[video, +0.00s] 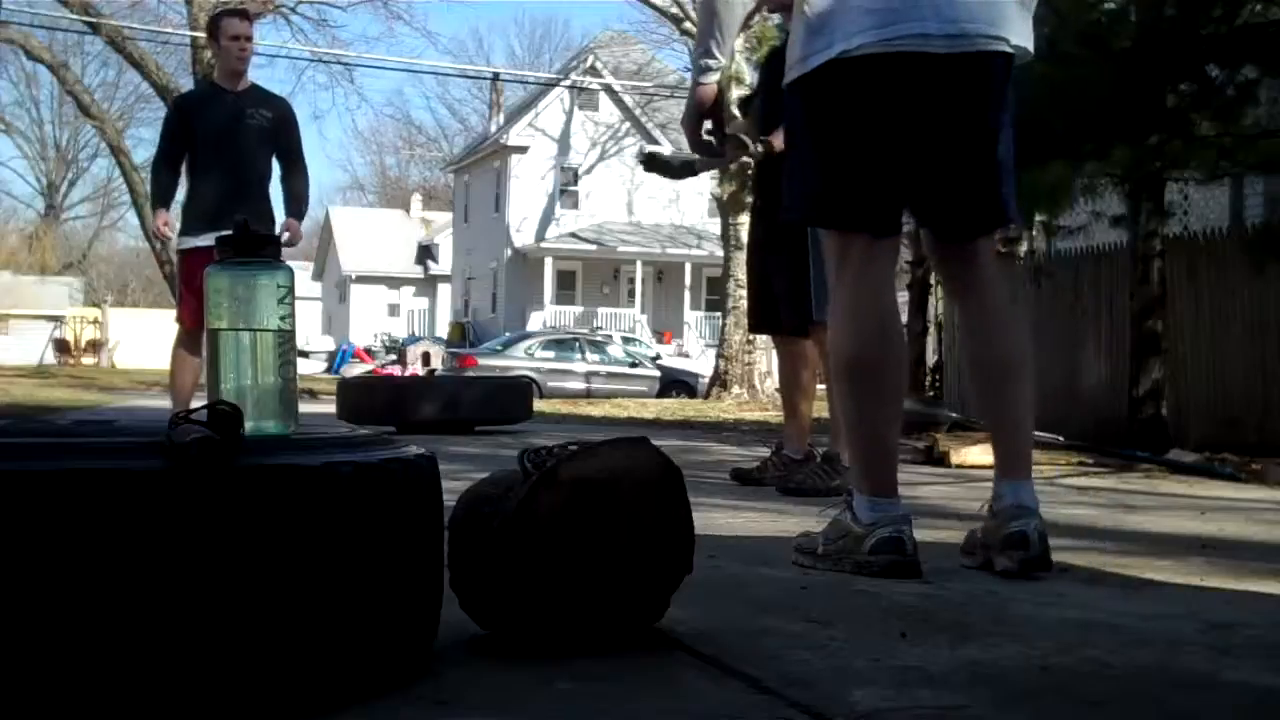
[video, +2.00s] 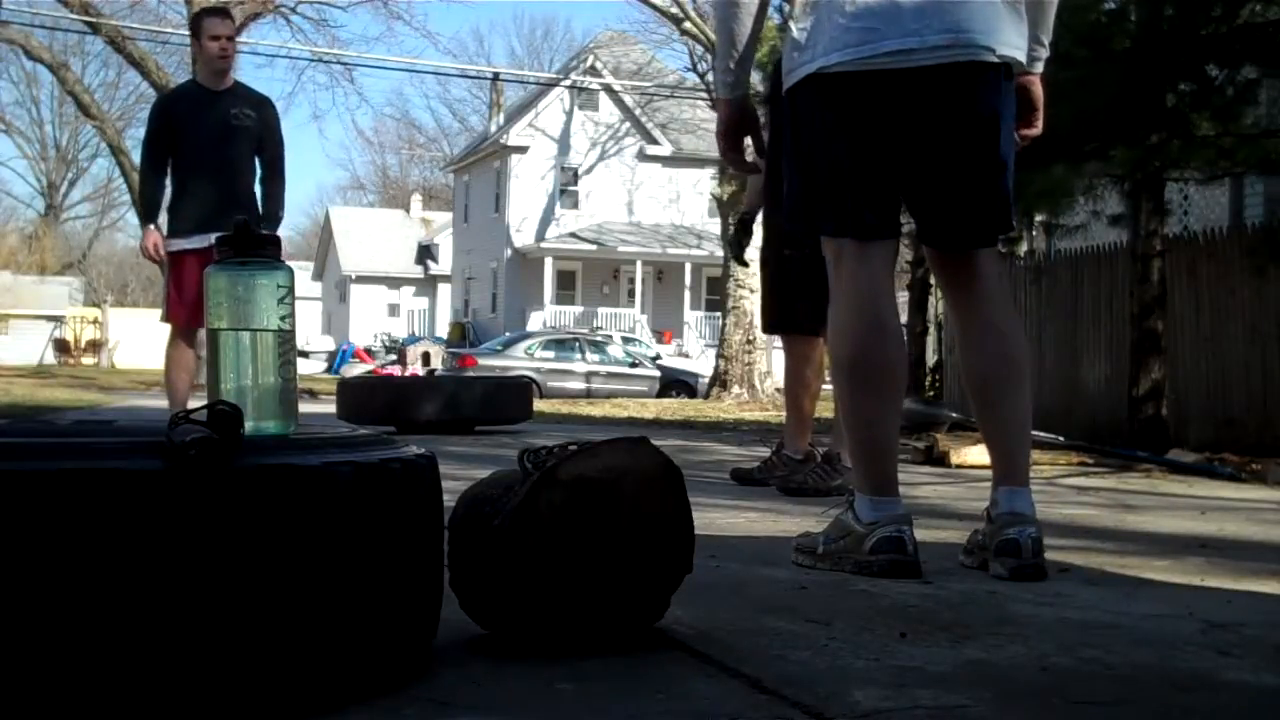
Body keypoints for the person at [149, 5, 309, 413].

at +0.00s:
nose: (244, 46)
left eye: (248, 39)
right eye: (235, 39)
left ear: (254, 44)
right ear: (214, 44)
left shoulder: (276, 108)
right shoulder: (187, 106)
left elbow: (294, 166)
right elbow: (167, 161)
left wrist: (295, 215)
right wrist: (161, 206)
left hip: (256, 236)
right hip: (200, 235)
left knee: (255, 335)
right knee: (192, 331)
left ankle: (251, 423)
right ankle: (181, 420)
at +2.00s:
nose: (225, 46)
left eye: (230, 39)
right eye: (215, 39)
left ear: (237, 45)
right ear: (196, 45)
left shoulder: (259, 106)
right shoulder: (170, 105)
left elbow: (273, 174)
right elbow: (152, 169)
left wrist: (269, 229)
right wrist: (148, 224)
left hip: (243, 237)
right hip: (186, 237)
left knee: (242, 333)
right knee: (185, 330)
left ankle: (238, 423)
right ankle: (178, 421)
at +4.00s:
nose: (239, 50)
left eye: (241, 43)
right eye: (229, 43)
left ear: (245, 47)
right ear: (203, 48)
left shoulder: (263, 109)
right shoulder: (177, 108)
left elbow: (284, 166)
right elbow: (162, 168)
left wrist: (273, 211)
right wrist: (176, 217)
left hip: (250, 238)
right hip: (195, 238)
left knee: (250, 334)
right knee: (188, 331)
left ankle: (248, 424)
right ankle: (178, 421)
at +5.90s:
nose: (240, 51)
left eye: (242, 44)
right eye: (230, 44)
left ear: (247, 47)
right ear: (205, 50)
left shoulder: (267, 109)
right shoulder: (179, 108)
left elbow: (285, 171)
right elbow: (164, 169)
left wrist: (275, 222)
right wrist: (177, 222)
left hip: (251, 240)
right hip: (196, 240)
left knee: (251, 335)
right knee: (188, 330)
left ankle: (249, 425)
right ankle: (179, 421)